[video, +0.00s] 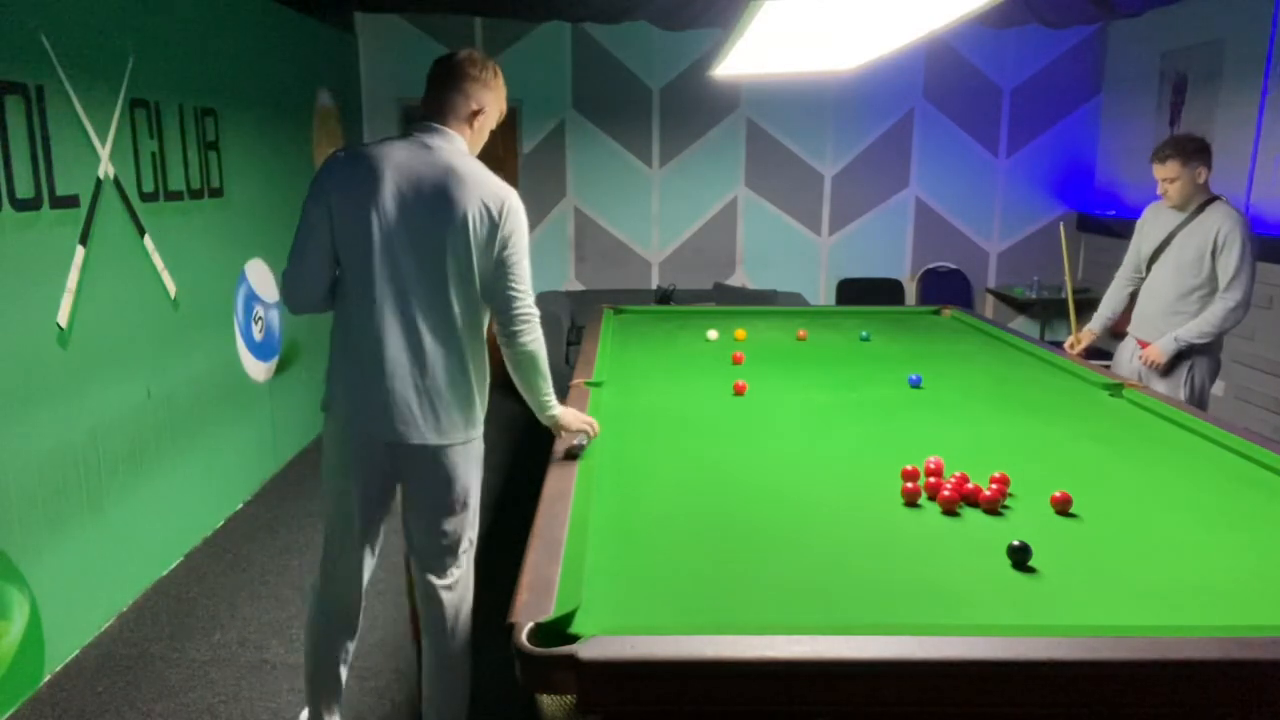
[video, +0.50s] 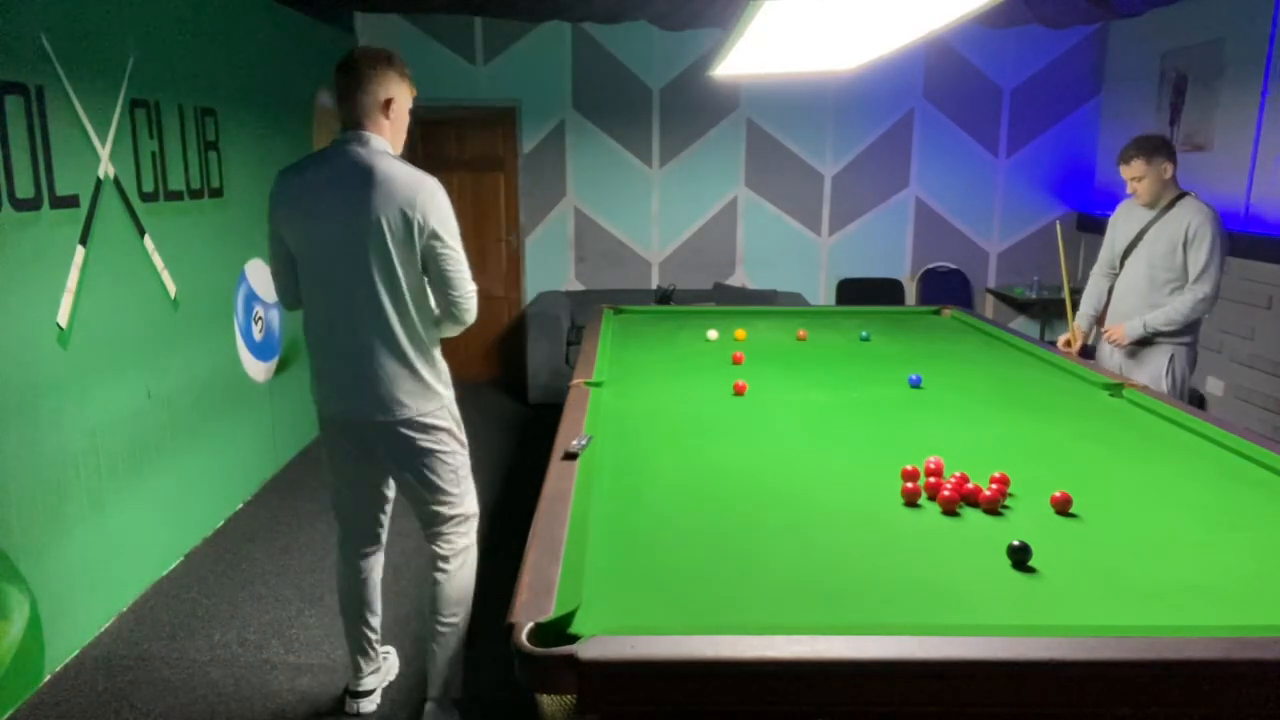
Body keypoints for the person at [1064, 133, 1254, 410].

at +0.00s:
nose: (1160, 190)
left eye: (1170, 181)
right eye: (1158, 181)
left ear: (1201, 174)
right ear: (1155, 176)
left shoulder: (1227, 224)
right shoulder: (1153, 213)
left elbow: (1233, 302)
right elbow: (1127, 276)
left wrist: (1172, 343)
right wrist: (1094, 329)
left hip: (1182, 366)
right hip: (1131, 352)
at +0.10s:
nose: (1157, 192)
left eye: (1166, 184)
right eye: (1154, 183)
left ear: (1197, 175)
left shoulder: (1225, 224)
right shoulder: (1151, 214)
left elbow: (1230, 302)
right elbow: (1126, 276)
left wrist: (1169, 343)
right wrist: (1092, 329)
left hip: (1179, 366)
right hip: (1129, 352)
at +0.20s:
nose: (1151, 190)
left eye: (1160, 181)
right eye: (1149, 181)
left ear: (1191, 173)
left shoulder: (1220, 223)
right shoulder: (1146, 213)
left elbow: (1225, 300)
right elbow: (1122, 276)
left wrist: (1165, 341)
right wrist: (1090, 329)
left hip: (1175, 365)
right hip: (1125, 351)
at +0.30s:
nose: (1143, 187)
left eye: (1151, 179)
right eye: (1140, 179)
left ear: (1182, 171)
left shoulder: (1212, 221)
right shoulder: (1138, 210)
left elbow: (1217, 297)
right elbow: (1114, 274)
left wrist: (1156, 337)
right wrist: (1087, 327)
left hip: (1169, 361)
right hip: (1119, 349)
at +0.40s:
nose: (1136, 189)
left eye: (1144, 180)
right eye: (1133, 181)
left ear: (1174, 171)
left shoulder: (1205, 220)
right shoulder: (1131, 210)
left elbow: (1210, 295)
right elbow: (1108, 273)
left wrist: (1145, 334)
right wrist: (1083, 326)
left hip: (1164, 359)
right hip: (1115, 348)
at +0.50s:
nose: (1130, 189)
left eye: (1137, 180)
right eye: (1127, 181)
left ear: (1167, 170)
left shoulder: (1198, 219)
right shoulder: (1124, 212)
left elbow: (1201, 294)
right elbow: (1103, 272)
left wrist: (1135, 328)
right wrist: (1081, 325)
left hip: (1160, 358)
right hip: (1110, 348)